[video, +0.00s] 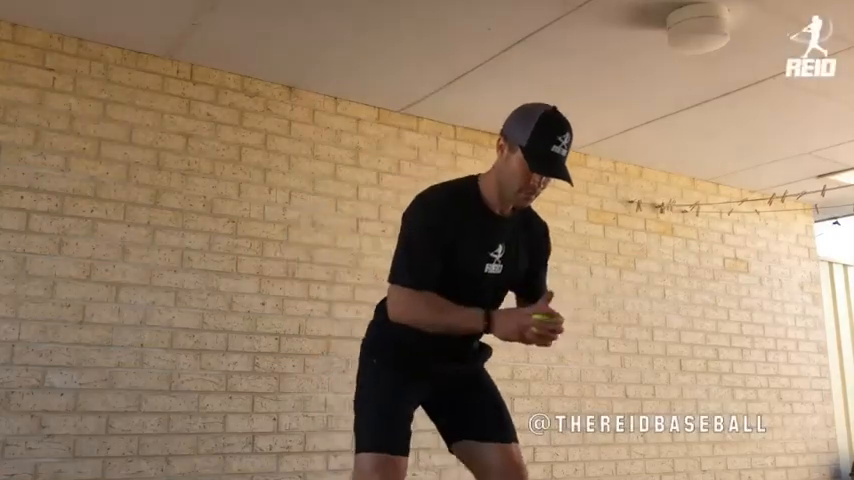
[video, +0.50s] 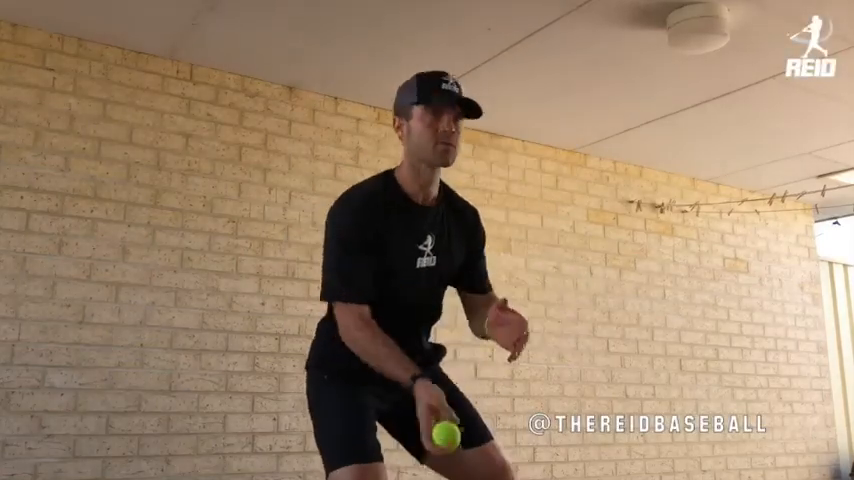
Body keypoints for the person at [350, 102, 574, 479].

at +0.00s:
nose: (538, 183)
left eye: (548, 174)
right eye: (532, 167)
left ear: (555, 174)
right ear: (503, 148)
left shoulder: (532, 233)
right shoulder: (434, 207)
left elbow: (530, 302)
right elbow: (402, 305)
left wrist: (538, 320)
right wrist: (492, 321)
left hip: (458, 362)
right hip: (394, 355)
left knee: (508, 470)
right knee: (380, 472)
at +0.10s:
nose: (522, 177)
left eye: (532, 167)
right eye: (516, 161)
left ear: (540, 168)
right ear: (485, 144)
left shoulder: (519, 231)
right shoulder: (416, 208)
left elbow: (514, 310)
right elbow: (386, 308)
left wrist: (530, 329)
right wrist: (470, 312)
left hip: (446, 360)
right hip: (382, 354)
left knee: (503, 471)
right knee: (377, 472)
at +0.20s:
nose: (501, 171)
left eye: (511, 161)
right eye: (494, 155)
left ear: (518, 162)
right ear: (461, 139)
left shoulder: (499, 227)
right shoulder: (393, 206)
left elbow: (499, 313)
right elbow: (368, 311)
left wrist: (518, 326)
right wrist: (452, 314)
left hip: (431, 363)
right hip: (365, 360)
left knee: (496, 473)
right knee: (371, 472)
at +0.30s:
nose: (478, 161)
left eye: (488, 150)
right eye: (469, 144)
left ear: (496, 152)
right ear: (436, 133)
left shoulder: (481, 224)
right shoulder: (373, 206)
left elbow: (487, 300)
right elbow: (349, 316)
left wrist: (496, 326)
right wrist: (441, 334)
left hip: (421, 367)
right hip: (351, 362)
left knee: (492, 472)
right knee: (364, 472)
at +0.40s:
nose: (460, 145)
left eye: (469, 136)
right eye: (449, 130)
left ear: (476, 142)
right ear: (415, 129)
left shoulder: (467, 221)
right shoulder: (360, 208)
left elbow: (479, 303)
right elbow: (344, 321)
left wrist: (489, 332)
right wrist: (419, 363)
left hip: (413, 365)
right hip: (343, 361)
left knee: (493, 471)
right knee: (360, 472)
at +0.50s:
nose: (449, 126)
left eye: (456, 117)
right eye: (434, 114)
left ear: (460, 128)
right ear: (401, 127)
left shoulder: (461, 219)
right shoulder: (356, 210)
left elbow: (479, 308)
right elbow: (352, 323)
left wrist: (496, 323)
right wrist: (417, 381)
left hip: (415, 364)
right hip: (344, 362)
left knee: (492, 472)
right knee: (360, 474)